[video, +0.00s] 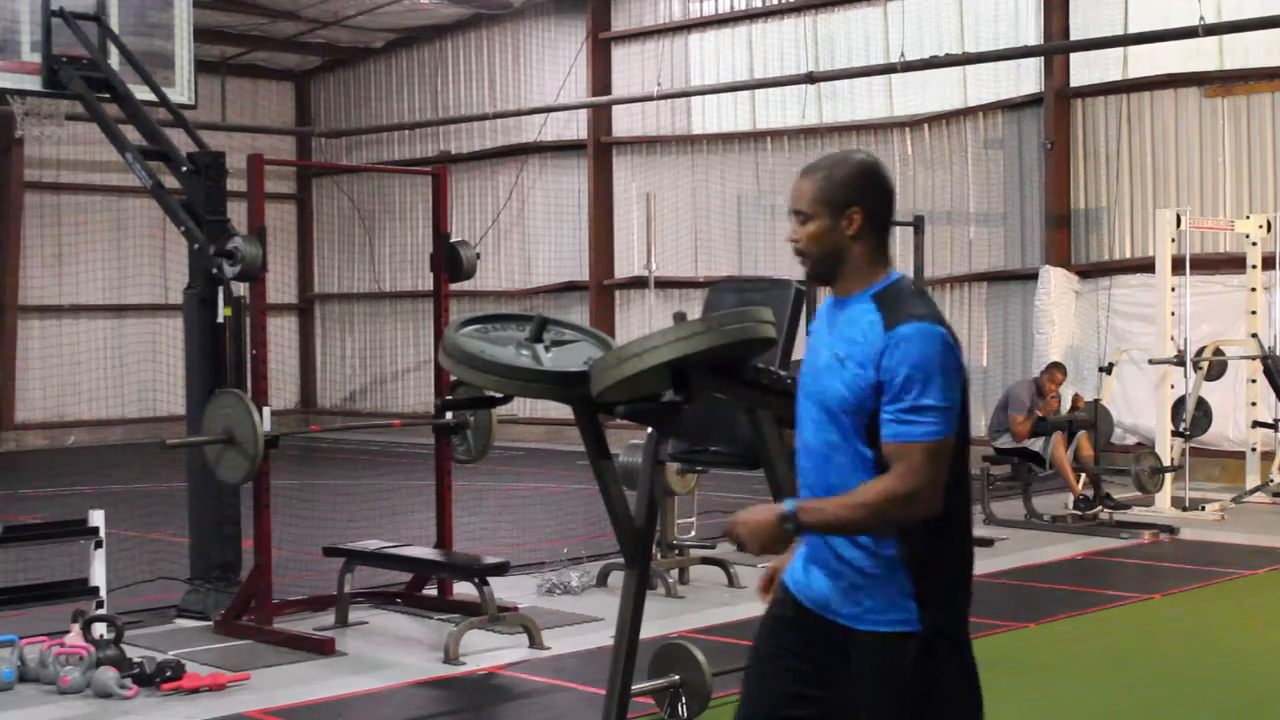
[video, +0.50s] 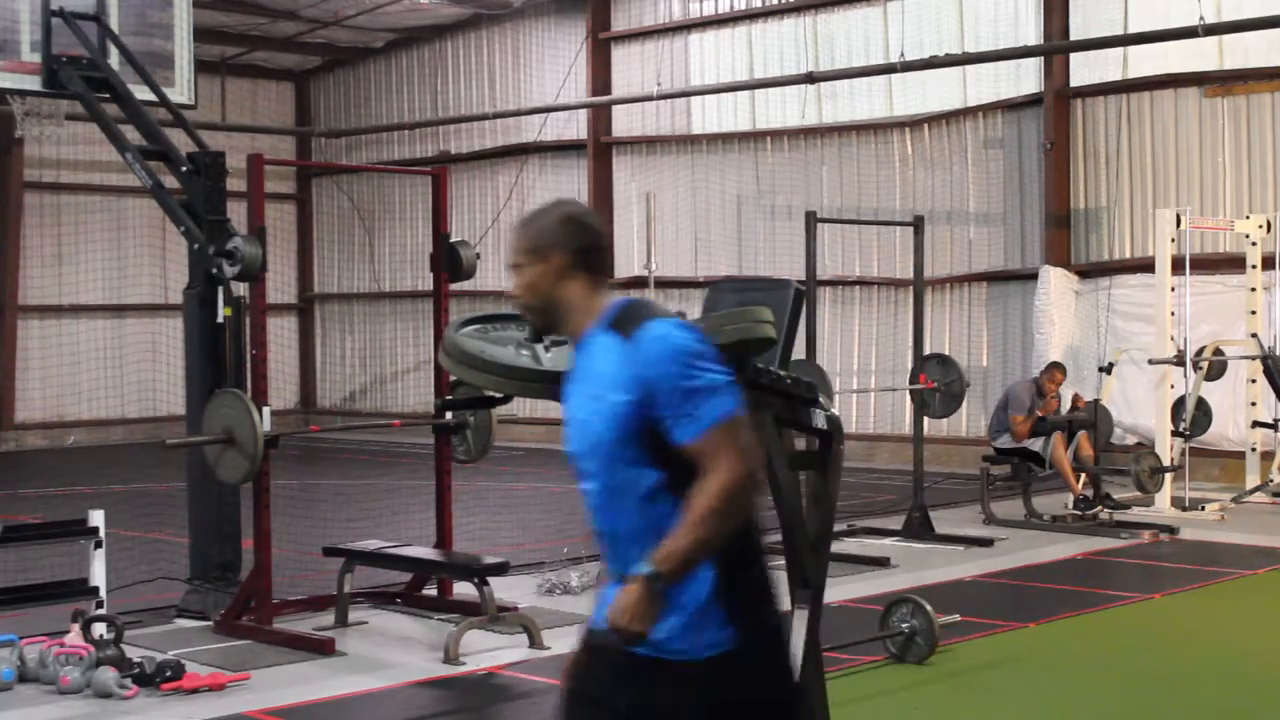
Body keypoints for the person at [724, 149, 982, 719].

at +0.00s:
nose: (791, 236)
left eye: (803, 219)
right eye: (793, 219)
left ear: (852, 223)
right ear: (845, 226)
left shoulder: (915, 338)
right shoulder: (829, 314)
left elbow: (916, 491)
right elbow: (840, 458)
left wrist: (785, 517)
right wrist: (800, 551)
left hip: (892, 626)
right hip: (809, 605)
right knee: (764, 711)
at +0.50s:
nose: (512, 288)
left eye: (519, 268)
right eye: (512, 272)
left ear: (561, 264)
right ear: (554, 267)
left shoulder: (661, 344)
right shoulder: (585, 360)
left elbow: (734, 468)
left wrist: (651, 580)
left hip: (707, 645)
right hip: (624, 636)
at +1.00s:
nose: (425, 220)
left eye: (426, 212)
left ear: (427, 218)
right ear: (499, 229)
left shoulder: (423, 294)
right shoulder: (538, 323)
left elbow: (402, 437)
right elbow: (546, 461)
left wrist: (302, 502)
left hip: (438, 601)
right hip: (537, 600)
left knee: (331, 711)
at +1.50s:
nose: (421, 243)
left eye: (421, 229)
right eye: (420, 228)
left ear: (334, 222)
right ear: (397, 227)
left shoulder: (244, 318)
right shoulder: (440, 335)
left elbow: (217, 460)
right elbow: (474, 490)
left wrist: (302, 454)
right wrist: (544, 567)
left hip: (279, 621)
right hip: (394, 621)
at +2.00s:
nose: (466, 290)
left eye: (470, 274)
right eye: (466, 271)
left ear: (381, 256)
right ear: (433, 258)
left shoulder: (289, 325)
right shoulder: (434, 346)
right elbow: (496, 484)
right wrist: (591, 441)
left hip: (268, 603)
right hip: (367, 607)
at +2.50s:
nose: (444, 330)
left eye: (447, 314)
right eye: (443, 313)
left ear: (377, 291)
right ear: (410, 294)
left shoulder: (310, 339)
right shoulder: (391, 342)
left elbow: (369, 449)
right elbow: (495, 443)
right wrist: (602, 434)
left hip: (199, 586)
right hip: (287, 599)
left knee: (218, 716)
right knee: (334, 712)